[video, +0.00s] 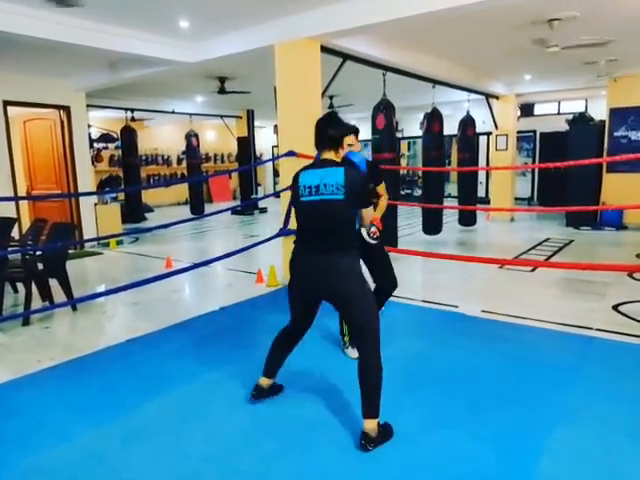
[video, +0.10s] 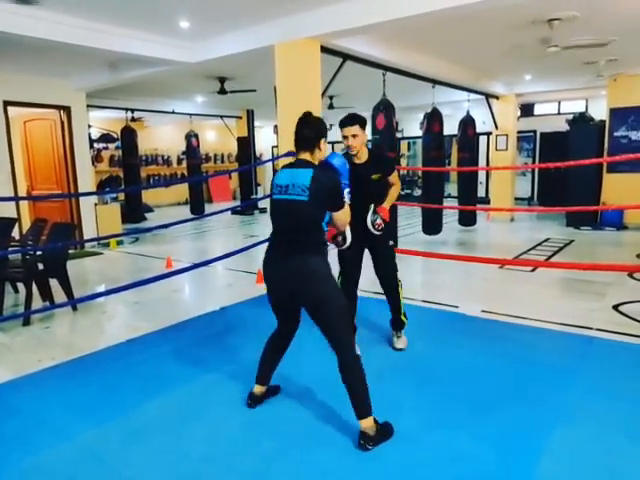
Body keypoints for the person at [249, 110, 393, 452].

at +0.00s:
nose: (350, 147)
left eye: (349, 142)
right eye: (348, 142)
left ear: (317, 143)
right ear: (340, 144)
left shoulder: (300, 177)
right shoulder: (352, 175)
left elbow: (301, 216)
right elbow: (367, 214)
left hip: (303, 268)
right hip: (341, 270)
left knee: (297, 325)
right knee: (369, 345)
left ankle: (264, 382)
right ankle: (371, 428)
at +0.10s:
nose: (328, 147)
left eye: (325, 142)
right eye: (327, 142)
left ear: (295, 142)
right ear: (320, 144)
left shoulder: (280, 172)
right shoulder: (324, 176)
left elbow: (288, 214)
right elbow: (342, 222)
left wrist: (325, 226)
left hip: (275, 266)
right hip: (310, 269)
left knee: (285, 325)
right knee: (344, 345)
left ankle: (258, 388)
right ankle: (368, 426)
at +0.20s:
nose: (307, 139)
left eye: (306, 134)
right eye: (306, 134)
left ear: (276, 132)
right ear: (298, 134)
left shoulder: (258, 164)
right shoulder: (301, 167)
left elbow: (264, 204)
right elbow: (319, 212)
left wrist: (306, 209)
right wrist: (293, 197)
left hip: (253, 256)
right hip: (283, 261)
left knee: (270, 322)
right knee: (307, 339)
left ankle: (257, 387)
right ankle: (323, 420)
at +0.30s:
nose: (288, 135)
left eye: (288, 130)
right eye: (287, 130)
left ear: (259, 128)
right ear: (277, 130)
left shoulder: (242, 157)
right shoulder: (282, 161)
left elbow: (258, 194)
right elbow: (303, 205)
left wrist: (295, 189)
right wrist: (301, 187)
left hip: (233, 249)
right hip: (258, 253)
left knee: (259, 317)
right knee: (274, 328)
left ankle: (251, 383)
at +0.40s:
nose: (269, 144)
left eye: (268, 139)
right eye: (267, 139)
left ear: (239, 139)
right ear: (257, 140)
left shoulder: (225, 171)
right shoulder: (257, 172)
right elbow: (283, 214)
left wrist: (272, 178)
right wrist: (285, 178)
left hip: (217, 259)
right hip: (238, 265)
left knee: (246, 313)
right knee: (241, 341)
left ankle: (232, 371)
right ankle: (212, 420)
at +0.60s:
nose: (243, 146)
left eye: (242, 141)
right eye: (240, 141)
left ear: (219, 144)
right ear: (226, 144)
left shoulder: (209, 173)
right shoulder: (216, 178)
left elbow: (238, 217)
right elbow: (245, 220)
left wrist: (247, 190)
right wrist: (252, 185)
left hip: (194, 262)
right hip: (204, 266)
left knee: (220, 322)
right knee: (220, 336)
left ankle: (202, 370)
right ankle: (211, 419)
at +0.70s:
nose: (234, 142)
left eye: (233, 136)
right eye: (230, 136)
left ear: (210, 138)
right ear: (214, 138)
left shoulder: (209, 168)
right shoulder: (201, 172)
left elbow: (231, 208)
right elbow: (234, 211)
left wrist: (239, 177)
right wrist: (242, 177)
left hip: (201, 257)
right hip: (188, 260)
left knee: (217, 313)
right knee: (203, 328)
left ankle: (200, 370)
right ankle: (185, 410)